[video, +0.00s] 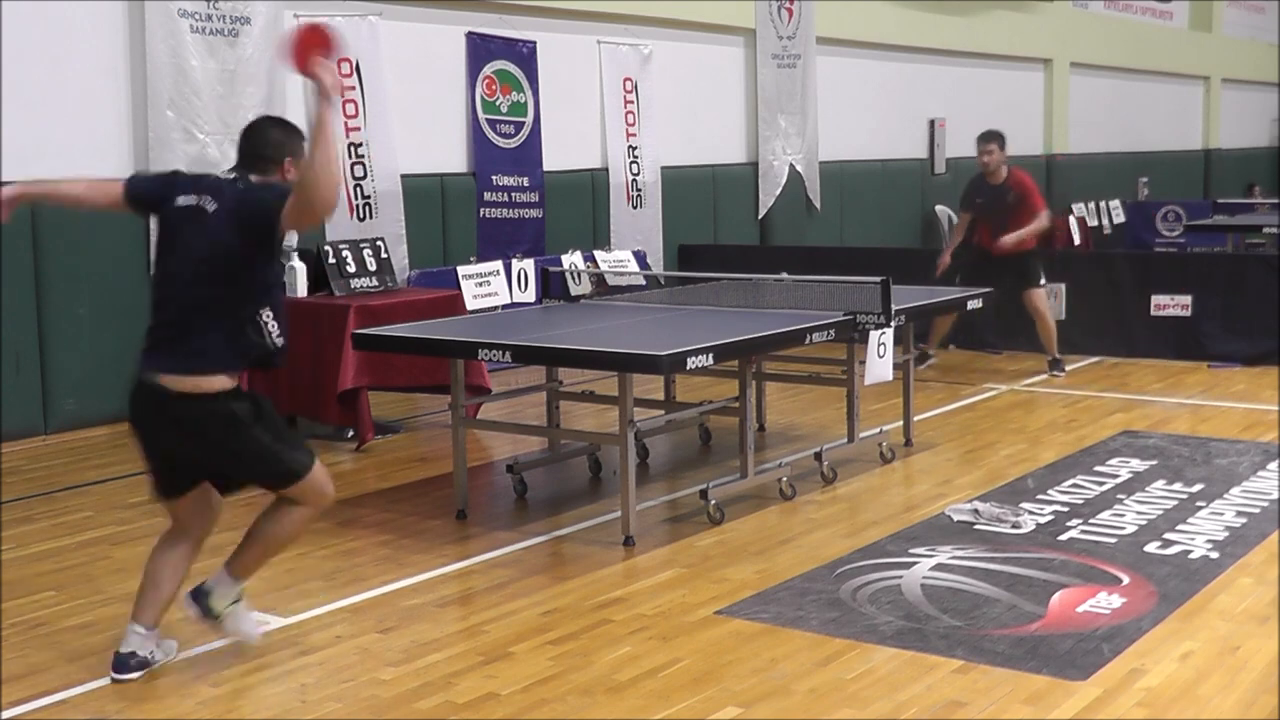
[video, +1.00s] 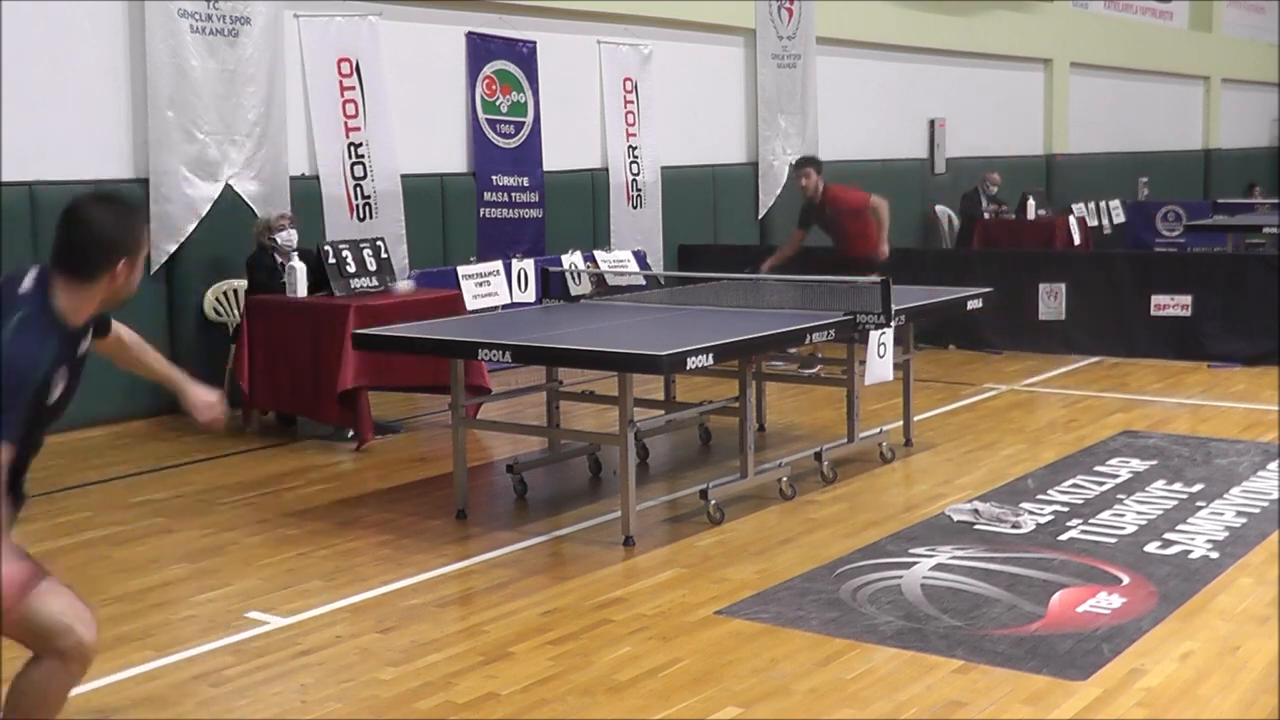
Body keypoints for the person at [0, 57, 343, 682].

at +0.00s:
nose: (301, 174)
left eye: (299, 166)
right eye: (299, 166)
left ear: (243, 159)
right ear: (283, 166)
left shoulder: (180, 189)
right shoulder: (267, 202)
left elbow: (98, 193)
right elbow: (319, 200)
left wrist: (24, 191)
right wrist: (328, 100)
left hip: (154, 401)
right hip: (214, 404)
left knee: (192, 518)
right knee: (314, 490)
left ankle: (136, 644)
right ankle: (220, 593)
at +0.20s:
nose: (246, 161)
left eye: (242, 152)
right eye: (244, 152)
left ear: (174, 165)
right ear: (232, 161)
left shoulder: (127, 222)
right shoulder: (265, 232)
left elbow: (96, 302)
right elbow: (321, 332)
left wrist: (67, 389)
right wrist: (389, 376)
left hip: (127, 427)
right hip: (208, 432)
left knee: (124, 532)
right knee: (245, 600)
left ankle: (83, 666)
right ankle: (221, 711)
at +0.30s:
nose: (250, 173)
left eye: (245, 162)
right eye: (247, 165)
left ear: (176, 179)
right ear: (238, 177)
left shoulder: (117, 242)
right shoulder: (261, 256)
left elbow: (73, 339)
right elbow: (298, 365)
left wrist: (37, 425)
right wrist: (318, 383)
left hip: (90, 460)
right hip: (180, 466)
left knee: (92, 591)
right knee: (249, 620)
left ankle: (22, 709)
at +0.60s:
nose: (237, 161)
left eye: (234, 150)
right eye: (235, 151)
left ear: (160, 151)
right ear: (224, 159)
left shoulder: (85, 205)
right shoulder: (217, 231)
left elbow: (15, 308)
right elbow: (235, 372)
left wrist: (11, 391)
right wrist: (284, 420)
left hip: (19, 432)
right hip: (106, 441)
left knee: (16, 603)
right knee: (198, 615)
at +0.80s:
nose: (197, 195)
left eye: (195, 183)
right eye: (198, 184)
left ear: (121, 178)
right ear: (183, 192)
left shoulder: (55, 226)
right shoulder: (147, 279)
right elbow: (172, 408)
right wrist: (292, 461)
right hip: (33, 471)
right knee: (120, 635)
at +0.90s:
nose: (163, 226)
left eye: (165, 213)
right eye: (164, 214)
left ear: (89, 201)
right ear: (147, 224)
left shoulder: (44, 248)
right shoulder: (72, 305)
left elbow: (91, 324)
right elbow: (63, 433)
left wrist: (184, 361)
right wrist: (152, 511)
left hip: (12, 489)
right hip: (6, 500)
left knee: (98, 612)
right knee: (101, 615)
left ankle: (35, 706)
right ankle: (35, 712)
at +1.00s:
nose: (141, 269)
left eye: (140, 258)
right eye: (141, 260)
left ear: (67, 245)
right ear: (119, 272)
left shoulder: (58, 293)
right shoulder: (25, 354)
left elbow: (115, 338)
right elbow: (2, 468)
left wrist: (187, 386)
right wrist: (8, 554)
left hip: (7, 518)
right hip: (1, 530)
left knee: (71, 635)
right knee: (72, 636)